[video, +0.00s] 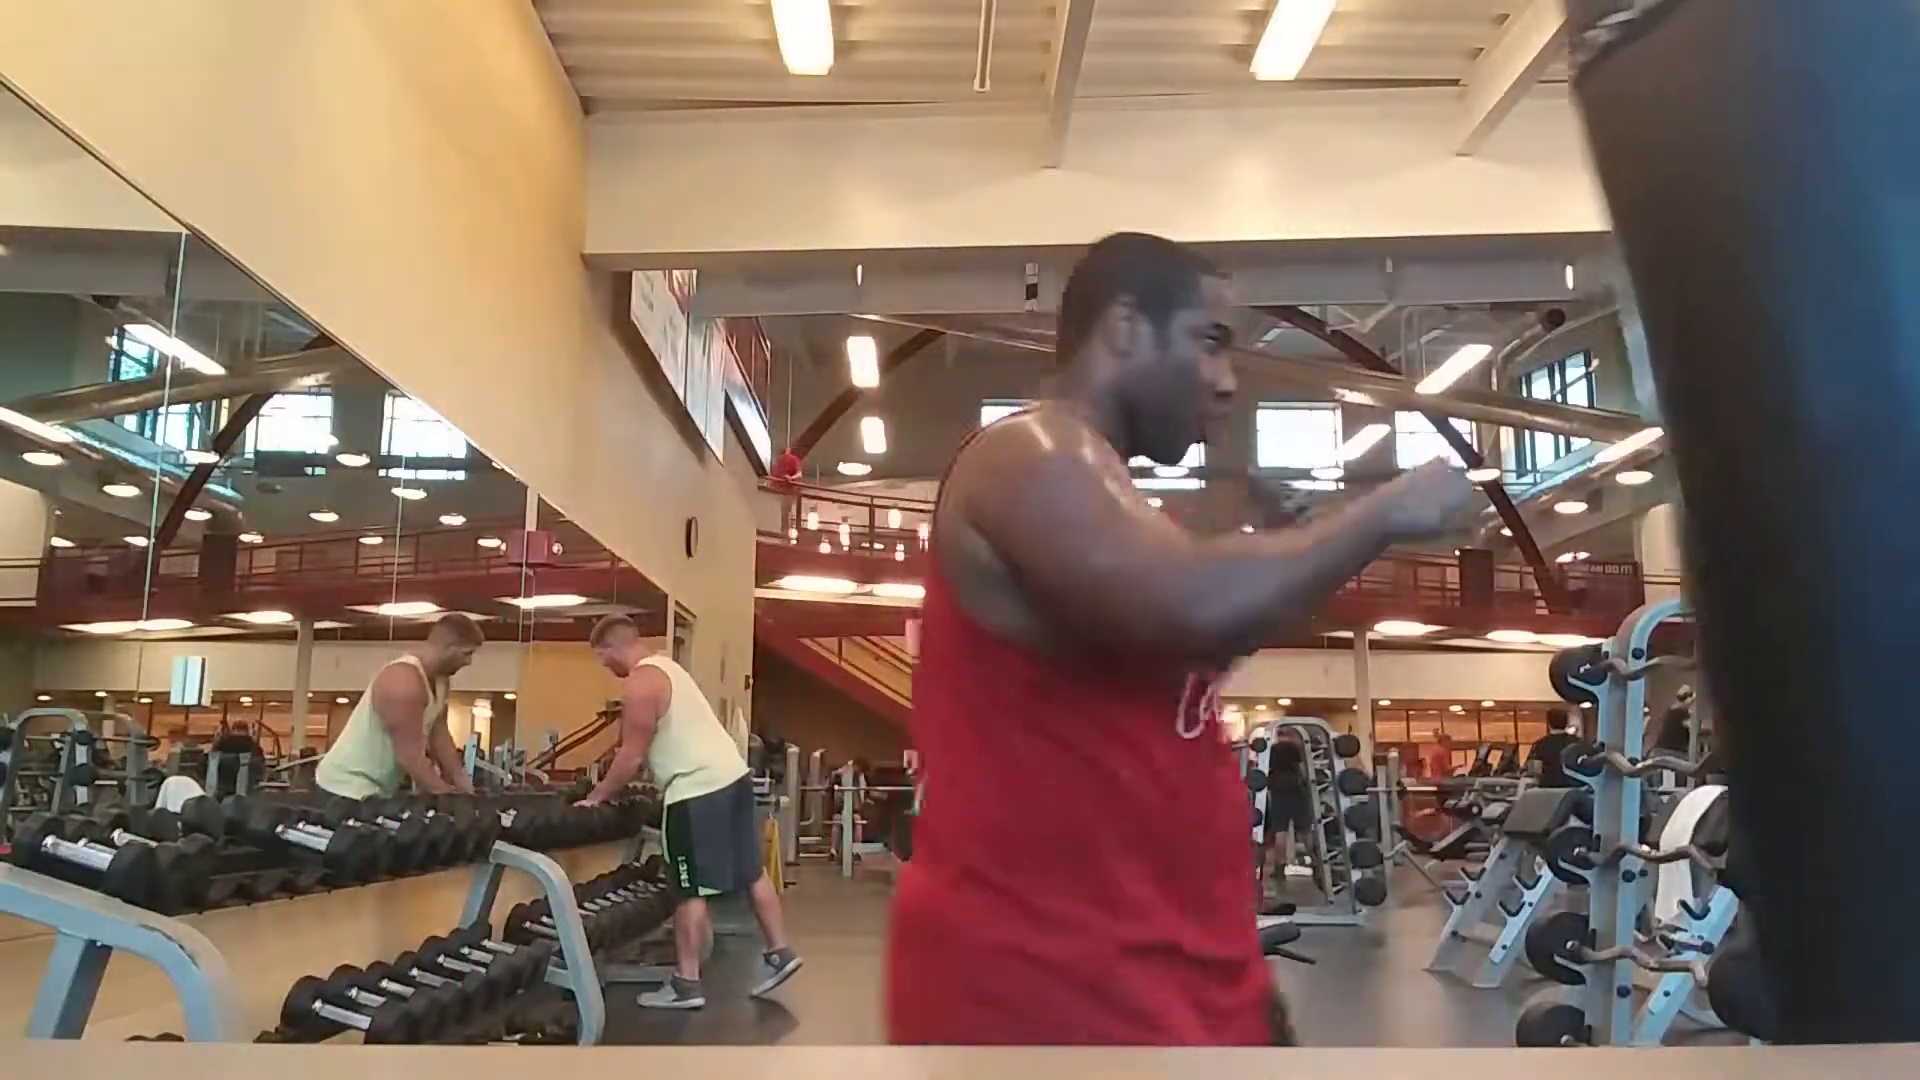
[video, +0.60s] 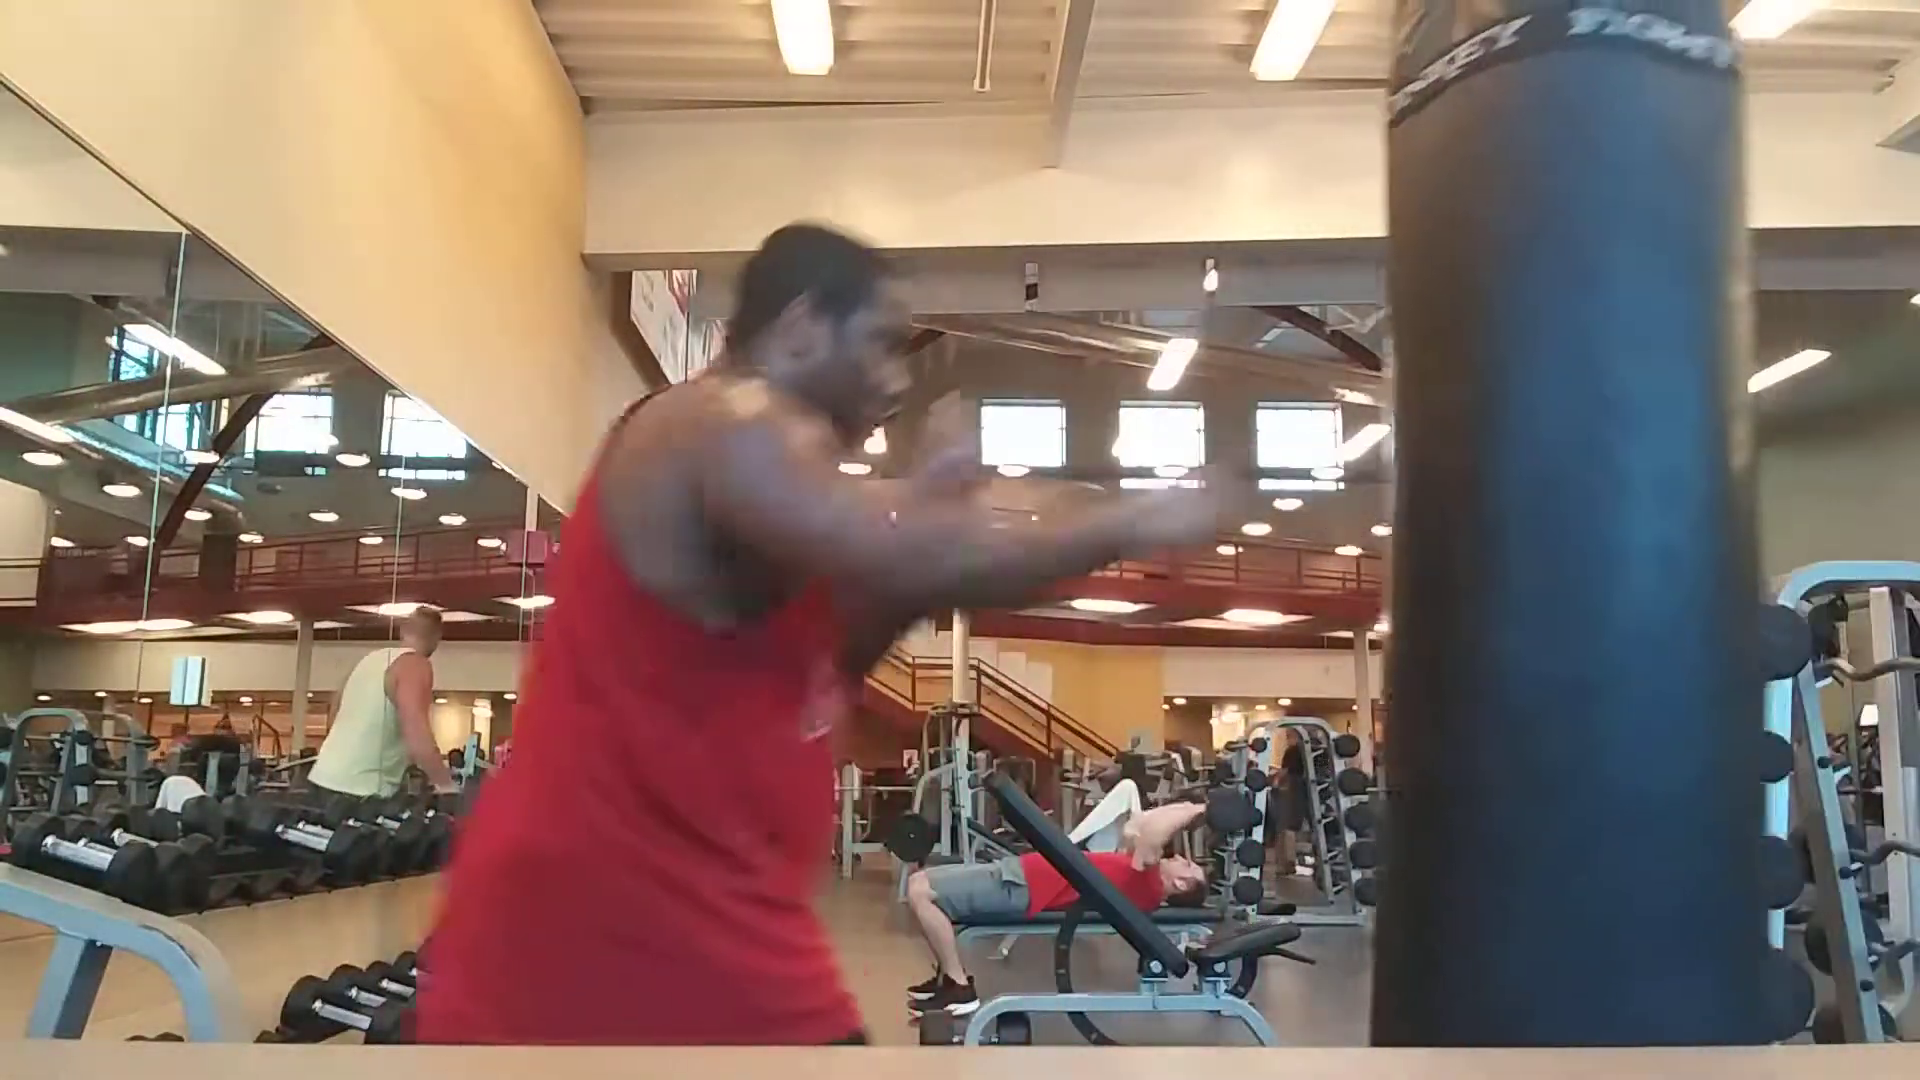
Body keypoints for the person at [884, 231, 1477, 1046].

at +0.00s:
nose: (1227, 381)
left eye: (1227, 350)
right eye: (1210, 341)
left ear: (1131, 336)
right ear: (1124, 330)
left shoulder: (1109, 488)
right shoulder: (1030, 456)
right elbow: (1184, 606)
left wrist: (1342, 513)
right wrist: (1379, 515)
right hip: (1062, 990)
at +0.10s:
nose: (1192, 358)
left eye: (1193, 330)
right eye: (1175, 321)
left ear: (1086, 319)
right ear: (1087, 311)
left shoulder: (1074, 450)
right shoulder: (1011, 427)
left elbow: (1219, 576)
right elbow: (1200, 554)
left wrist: (1347, 491)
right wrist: (1433, 481)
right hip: (996, 968)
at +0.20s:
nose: (1163, 312)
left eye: (1160, 282)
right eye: (1144, 275)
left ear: (1047, 268)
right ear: (1052, 263)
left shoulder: (968, 387)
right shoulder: (982, 373)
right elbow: (1203, 502)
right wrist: (1466, 476)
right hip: (931, 946)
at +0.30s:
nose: (1116, 279)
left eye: (1114, 246)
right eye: (1096, 237)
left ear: (998, 236)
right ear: (1003, 228)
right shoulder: (928, 344)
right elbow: (1159, 478)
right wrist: (1413, 489)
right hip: (865, 928)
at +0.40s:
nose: (1036, 294)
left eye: (1037, 265)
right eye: (1024, 256)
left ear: (928, 244)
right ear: (934, 240)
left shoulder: (888, 385)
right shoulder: (857, 354)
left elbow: (970, 600)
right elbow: (1125, 460)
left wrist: (1062, 496)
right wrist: (1378, 480)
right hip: (780, 926)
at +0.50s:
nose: (957, 341)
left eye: (961, 314)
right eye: (943, 306)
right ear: (855, 282)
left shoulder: (814, 442)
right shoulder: (777, 390)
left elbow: (926, 608)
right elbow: (1060, 467)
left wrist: (1013, 493)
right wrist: (1294, 467)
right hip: (703, 956)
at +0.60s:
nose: (901, 374)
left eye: (906, 349)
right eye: (887, 344)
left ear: (796, 327)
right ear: (806, 327)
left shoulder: (709, 436)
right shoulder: (729, 422)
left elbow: (809, 665)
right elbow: (903, 561)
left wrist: (918, 522)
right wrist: (1138, 521)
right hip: (660, 929)